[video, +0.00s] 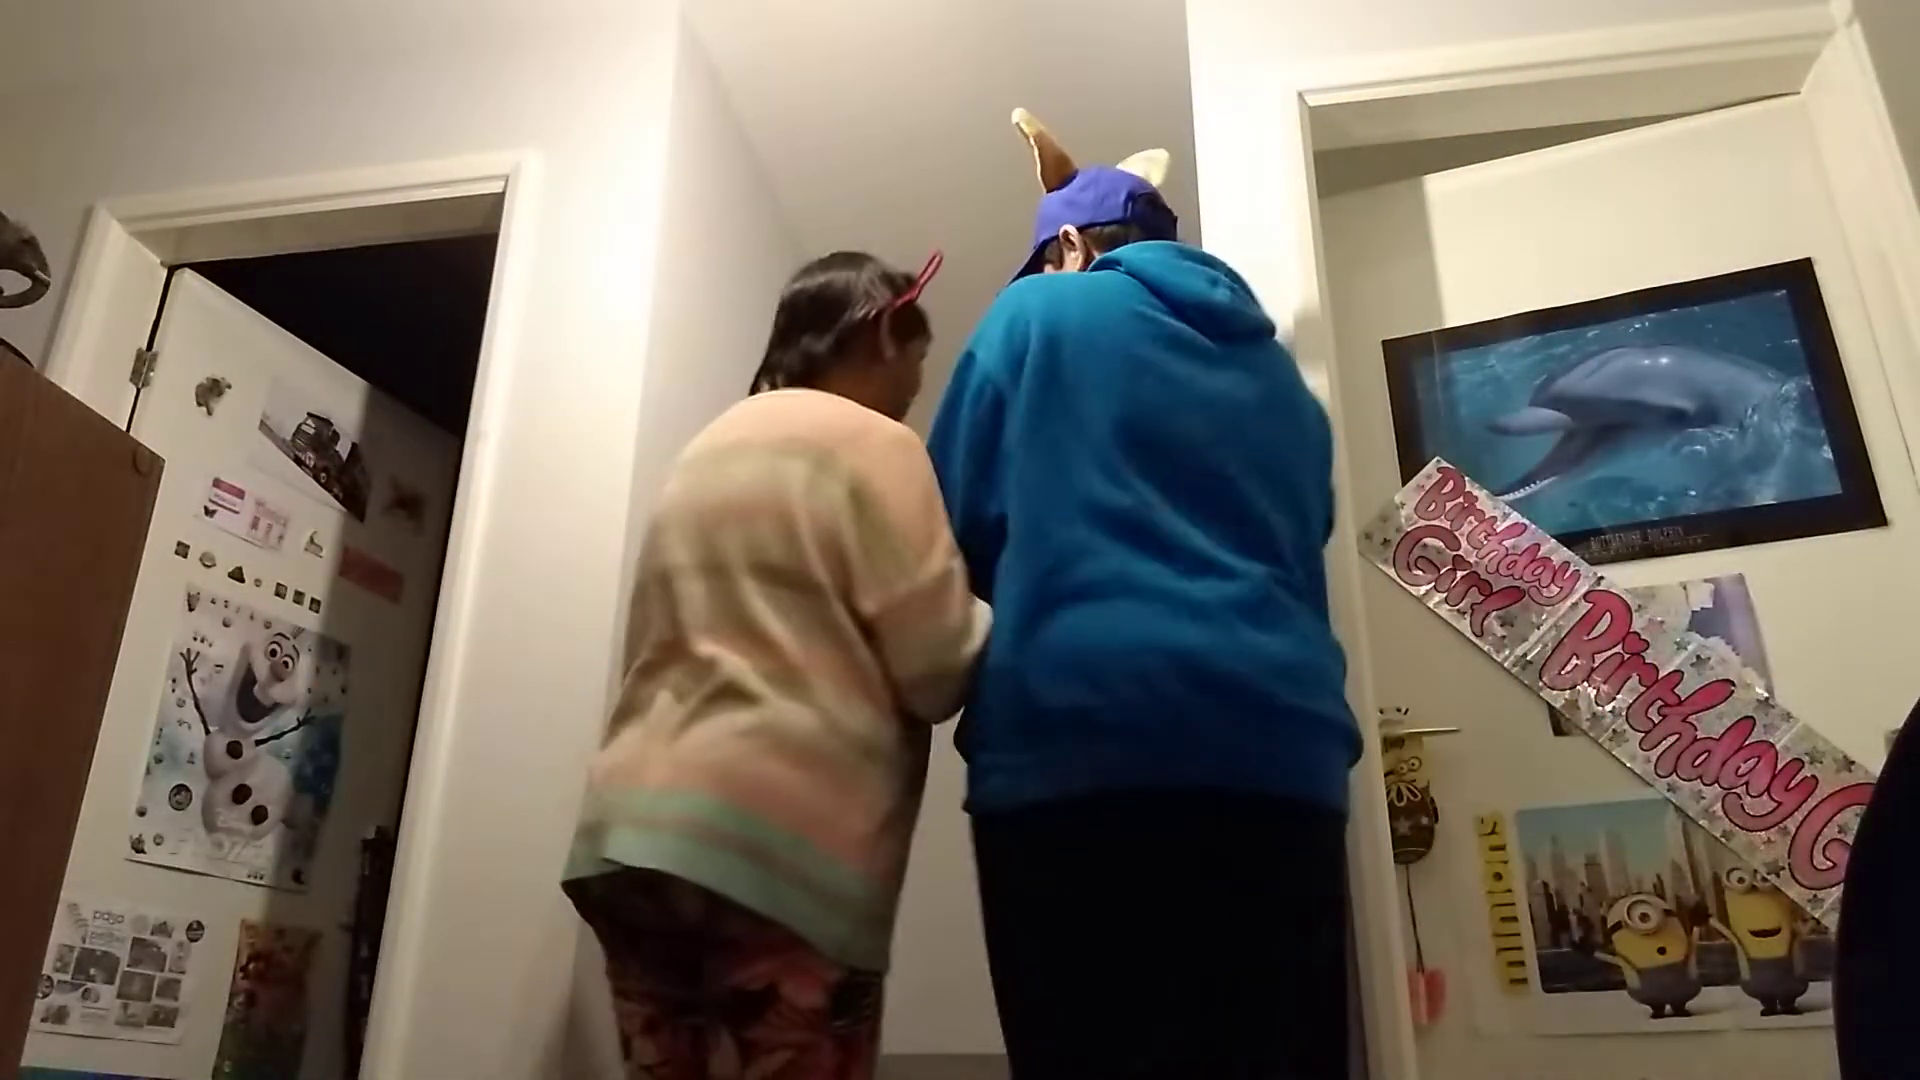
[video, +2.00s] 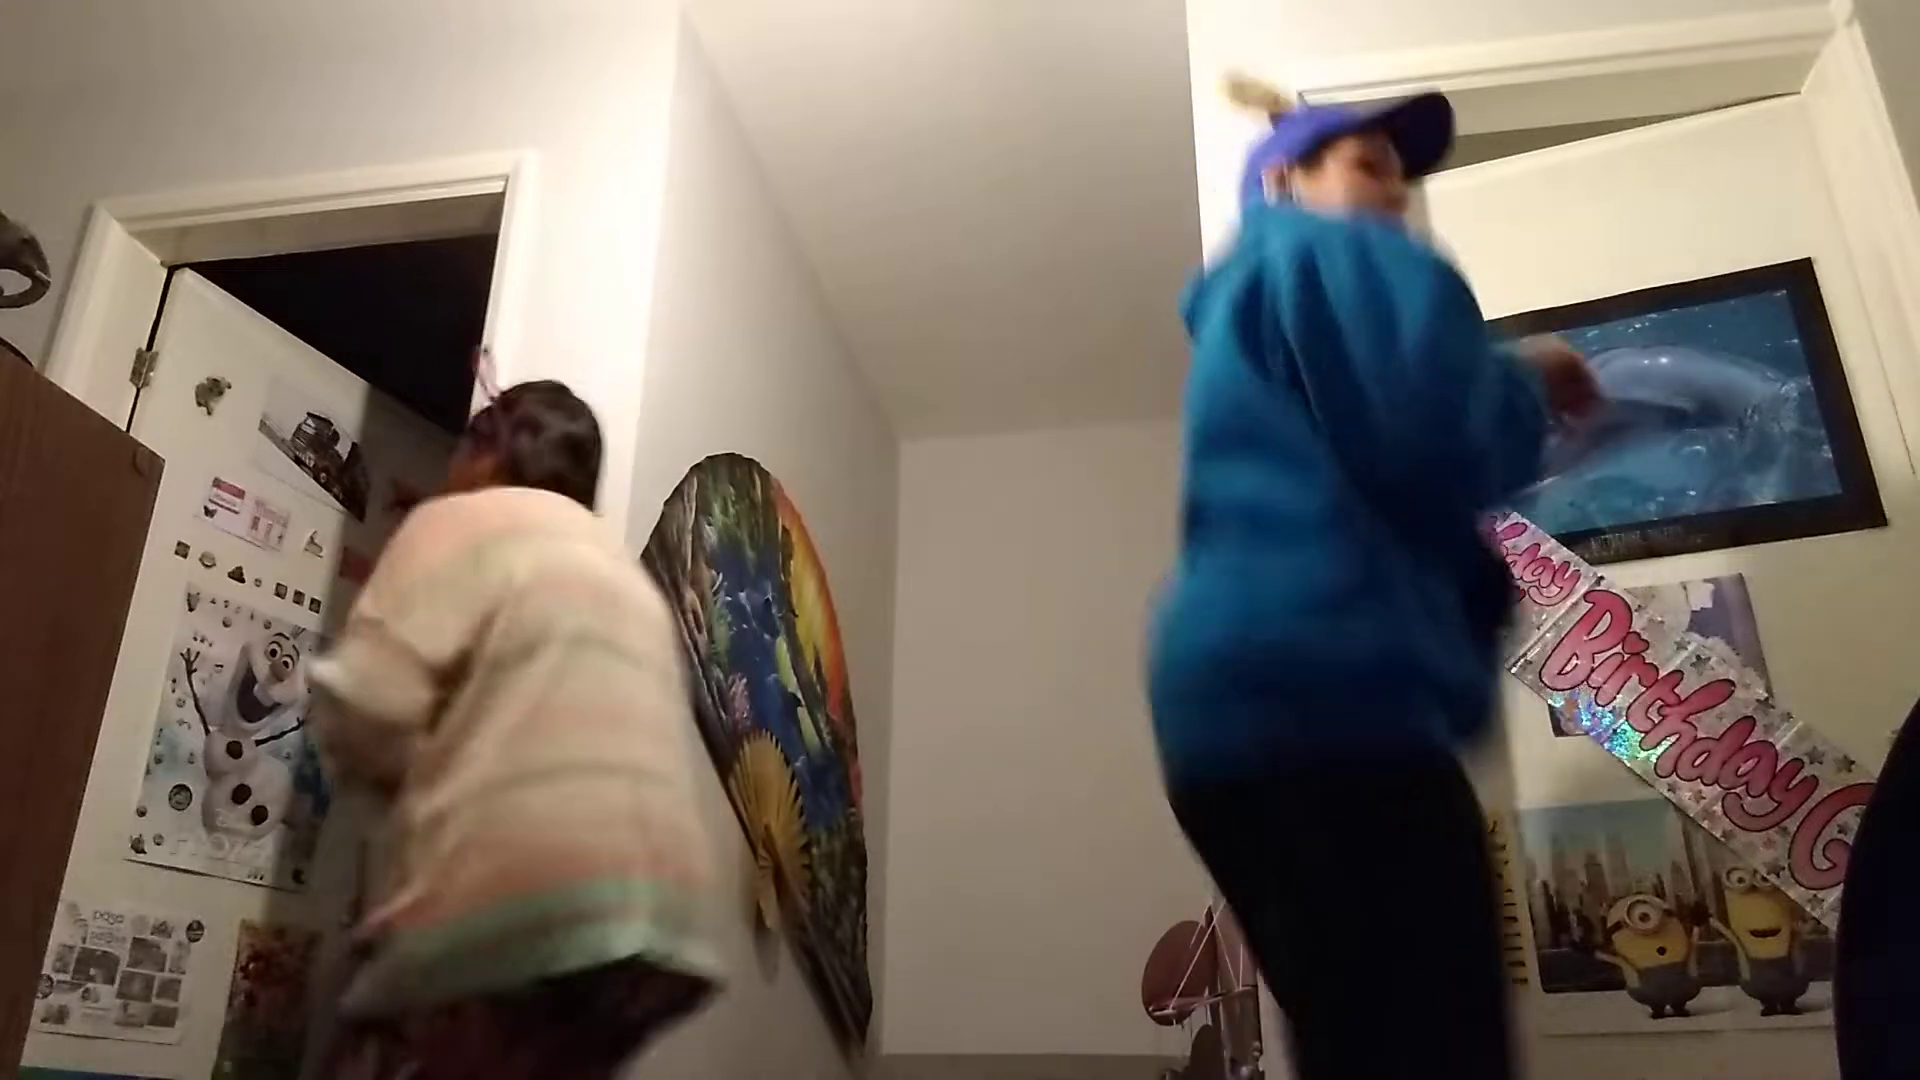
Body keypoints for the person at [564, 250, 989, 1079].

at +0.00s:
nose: (921, 381)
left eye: (923, 356)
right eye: (920, 352)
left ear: (794, 339)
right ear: (887, 333)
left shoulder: (707, 445)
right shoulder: (876, 445)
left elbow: (660, 643)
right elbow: (935, 667)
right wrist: (984, 615)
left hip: (631, 826)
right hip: (793, 848)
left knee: (665, 1063)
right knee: (800, 1062)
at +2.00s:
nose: (453, 470)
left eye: (464, 452)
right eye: (460, 452)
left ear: (489, 452)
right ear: (581, 483)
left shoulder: (459, 522)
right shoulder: (632, 576)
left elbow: (364, 701)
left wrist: (415, 780)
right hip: (674, 927)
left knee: (393, 1061)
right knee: (550, 1066)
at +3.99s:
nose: (365, 415)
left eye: (374, 403)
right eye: (339, 391)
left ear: (379, 431)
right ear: (262, 398)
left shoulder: (345, 569)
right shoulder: (189, 490)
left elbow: (323, 767)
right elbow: (108, 667)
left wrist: (373, 699)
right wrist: (279, 632)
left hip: (232, 944)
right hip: (98, 923)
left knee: (188, 1064)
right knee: (56, 1062)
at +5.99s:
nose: (800, 425)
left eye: (802, 404)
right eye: (798, 400)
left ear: (674, 385)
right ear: (761, 382)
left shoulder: (572, 479)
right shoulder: (793, 492)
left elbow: (491, 673)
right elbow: (843, 698)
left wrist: (539, 755)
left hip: (516, 843)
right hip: (702, 854)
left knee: (547, 1064)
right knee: (699, 1064)